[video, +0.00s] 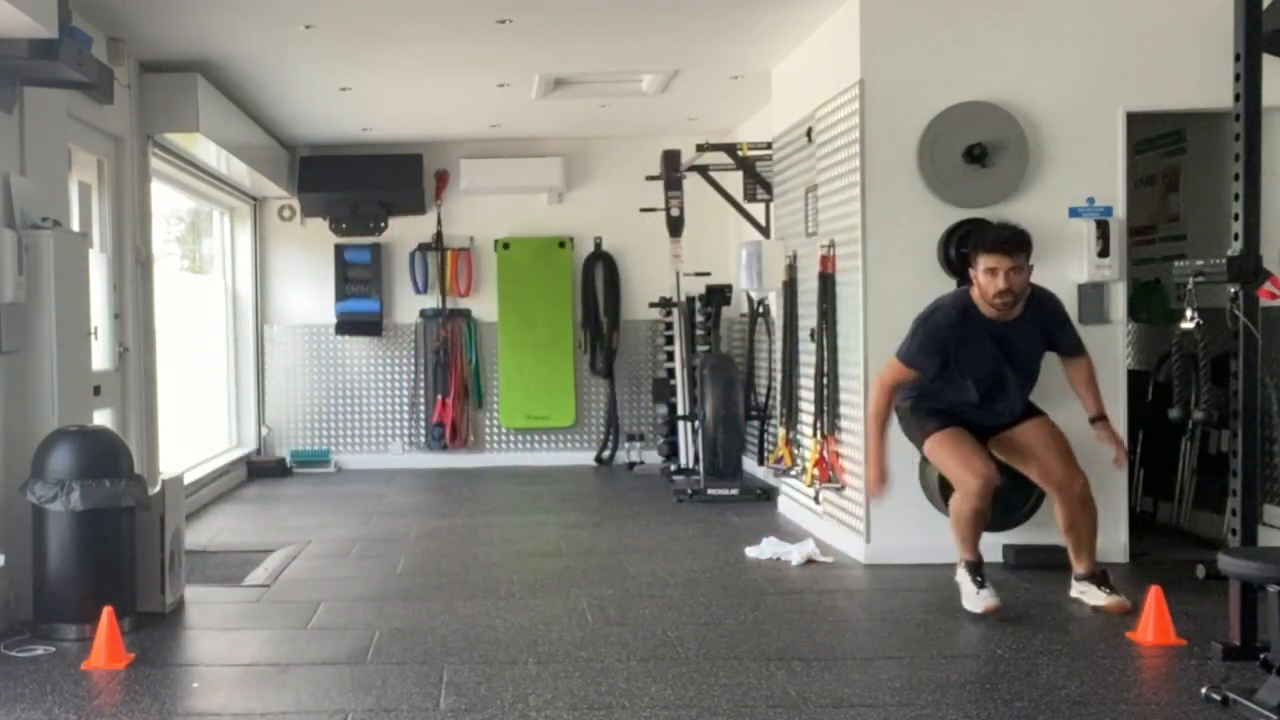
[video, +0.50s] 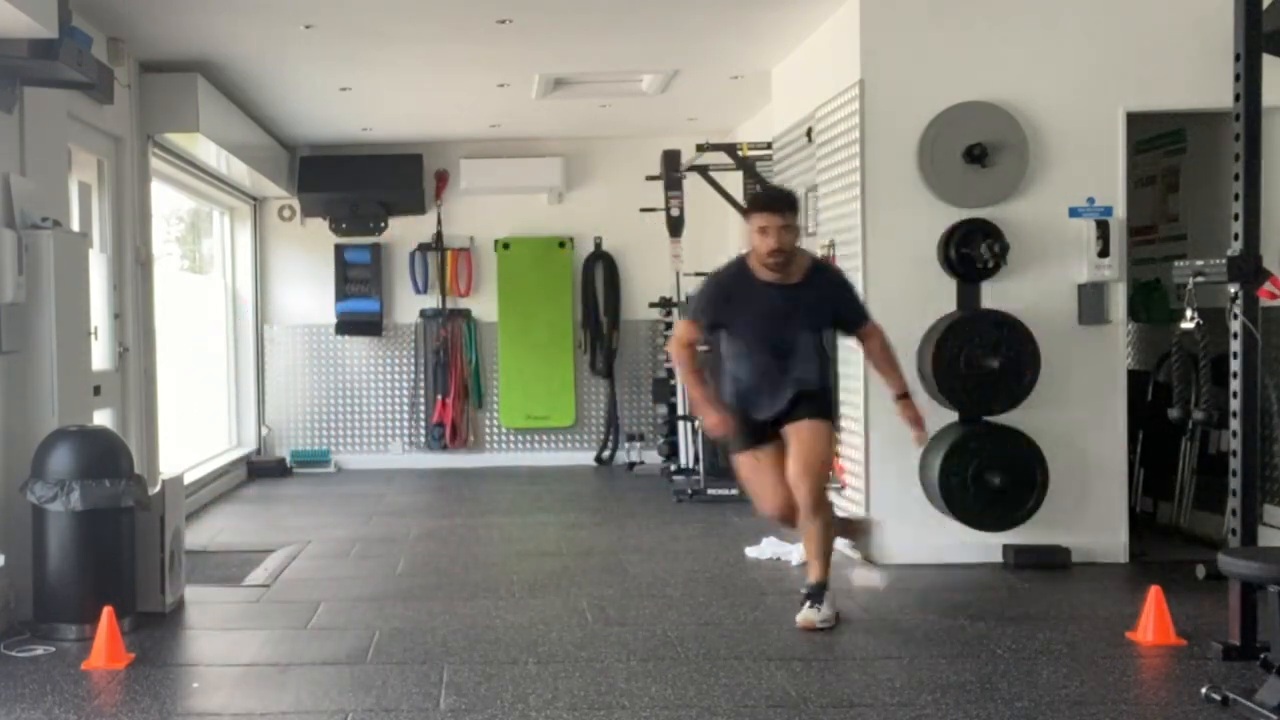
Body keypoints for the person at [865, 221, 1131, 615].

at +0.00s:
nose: (1005, 284)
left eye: (1015, 271)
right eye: (992, 272)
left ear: (1029, 271)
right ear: (972, 275)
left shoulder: (1044, 308)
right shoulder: (944, 319)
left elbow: (1075, 359)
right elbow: (885, 383)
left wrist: (1099, 419)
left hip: (1002, 404)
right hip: (933, 408)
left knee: (1072, 484)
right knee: (979, 478)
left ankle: (1085, 578)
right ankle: (969, 567)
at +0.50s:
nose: (774, 243)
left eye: (783, 231)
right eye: (763, 233)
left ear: (796, 230)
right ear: (749, 233)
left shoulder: (823, 280)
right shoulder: (726, 284)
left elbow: (869, 335)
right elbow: (680, 343)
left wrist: (903, 395)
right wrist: (706, 407)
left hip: (806, 398)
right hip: (746, 407)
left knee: (809, 494)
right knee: (777, 507)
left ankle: (816, 594)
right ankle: (849, 528)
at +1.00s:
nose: (422, 224)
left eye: (431, 213)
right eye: (411, 214)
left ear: (446, 213)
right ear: (398, 217)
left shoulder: (481, 272)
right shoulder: (387, 264)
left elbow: (524, 332)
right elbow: (342, 316)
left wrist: (548, 393)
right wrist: (342, 340)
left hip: (456, 391)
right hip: (408, 391)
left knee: (391, 482)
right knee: (399, 496)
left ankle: (350, 598)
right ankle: (503, 551)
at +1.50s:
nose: (185, 264)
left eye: (195, 252)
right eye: (174, 253)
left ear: (212, 249)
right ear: (162, 253)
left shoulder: (258, 297)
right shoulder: (157, 308)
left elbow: (312, 348)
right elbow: (143, 366)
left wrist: (325, 416)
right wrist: (139, 411)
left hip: (267, 401)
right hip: (203, 402)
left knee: (252, 494)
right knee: (163, 491)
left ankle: (294, 580)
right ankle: (151, 599)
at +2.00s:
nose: (307, 248)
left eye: (317, 236)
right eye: (297, 236)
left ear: (336, 237)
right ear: (285, 239)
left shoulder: (372, 287)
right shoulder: (264, 287)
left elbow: (433, 318)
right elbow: (218, 321)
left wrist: (456, 366)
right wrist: (190, 384)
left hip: (330, 420)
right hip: (275, 400)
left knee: (293, 514)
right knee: (265, 473)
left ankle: (240, 589)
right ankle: (198, 556)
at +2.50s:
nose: (676, 213)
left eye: (681, 202)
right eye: (665, 203)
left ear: (685, 204)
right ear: (638, 206)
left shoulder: (689, 259)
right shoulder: (599, 257)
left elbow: (725, 303)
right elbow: (524, 308)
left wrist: (751, 329)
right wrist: (511, 379)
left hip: (641, 386)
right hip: (587, 380)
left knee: (637, 500)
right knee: (604, 479)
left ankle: (587, 592)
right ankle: (523, 562)